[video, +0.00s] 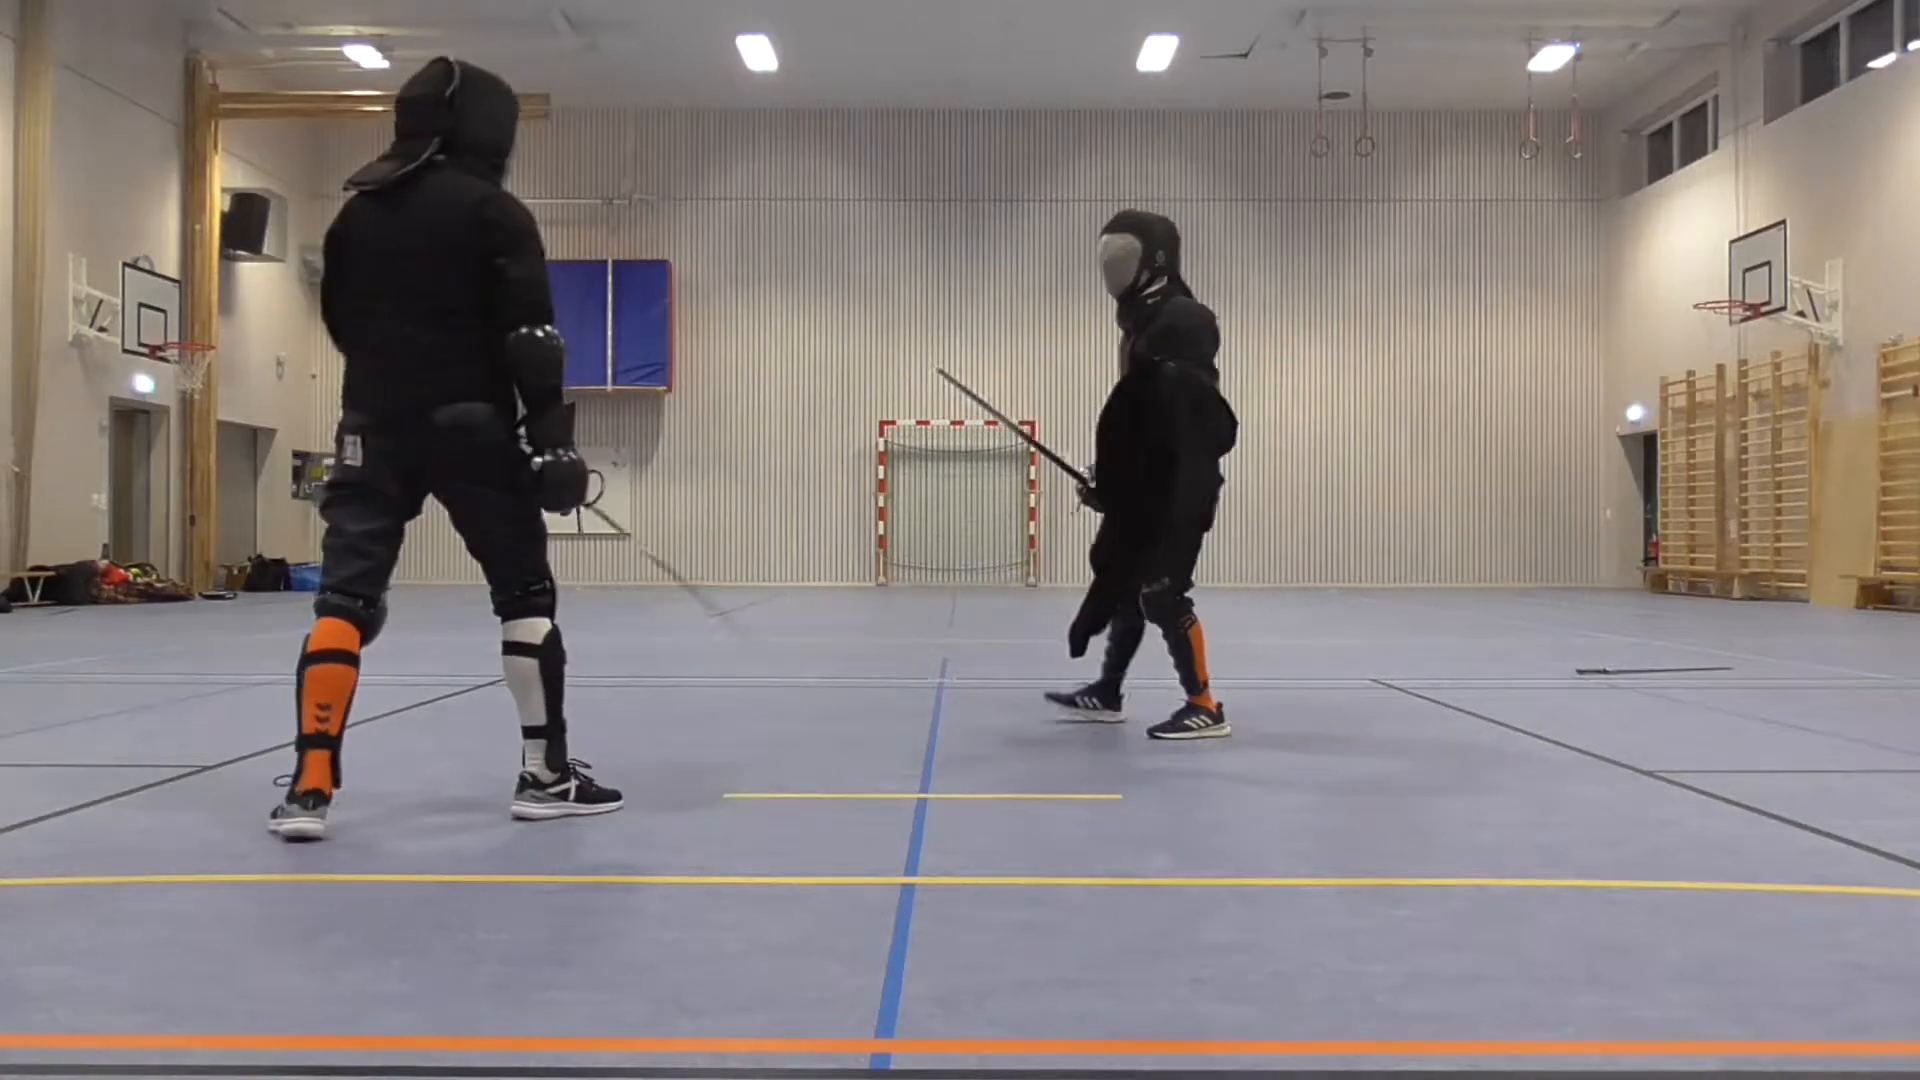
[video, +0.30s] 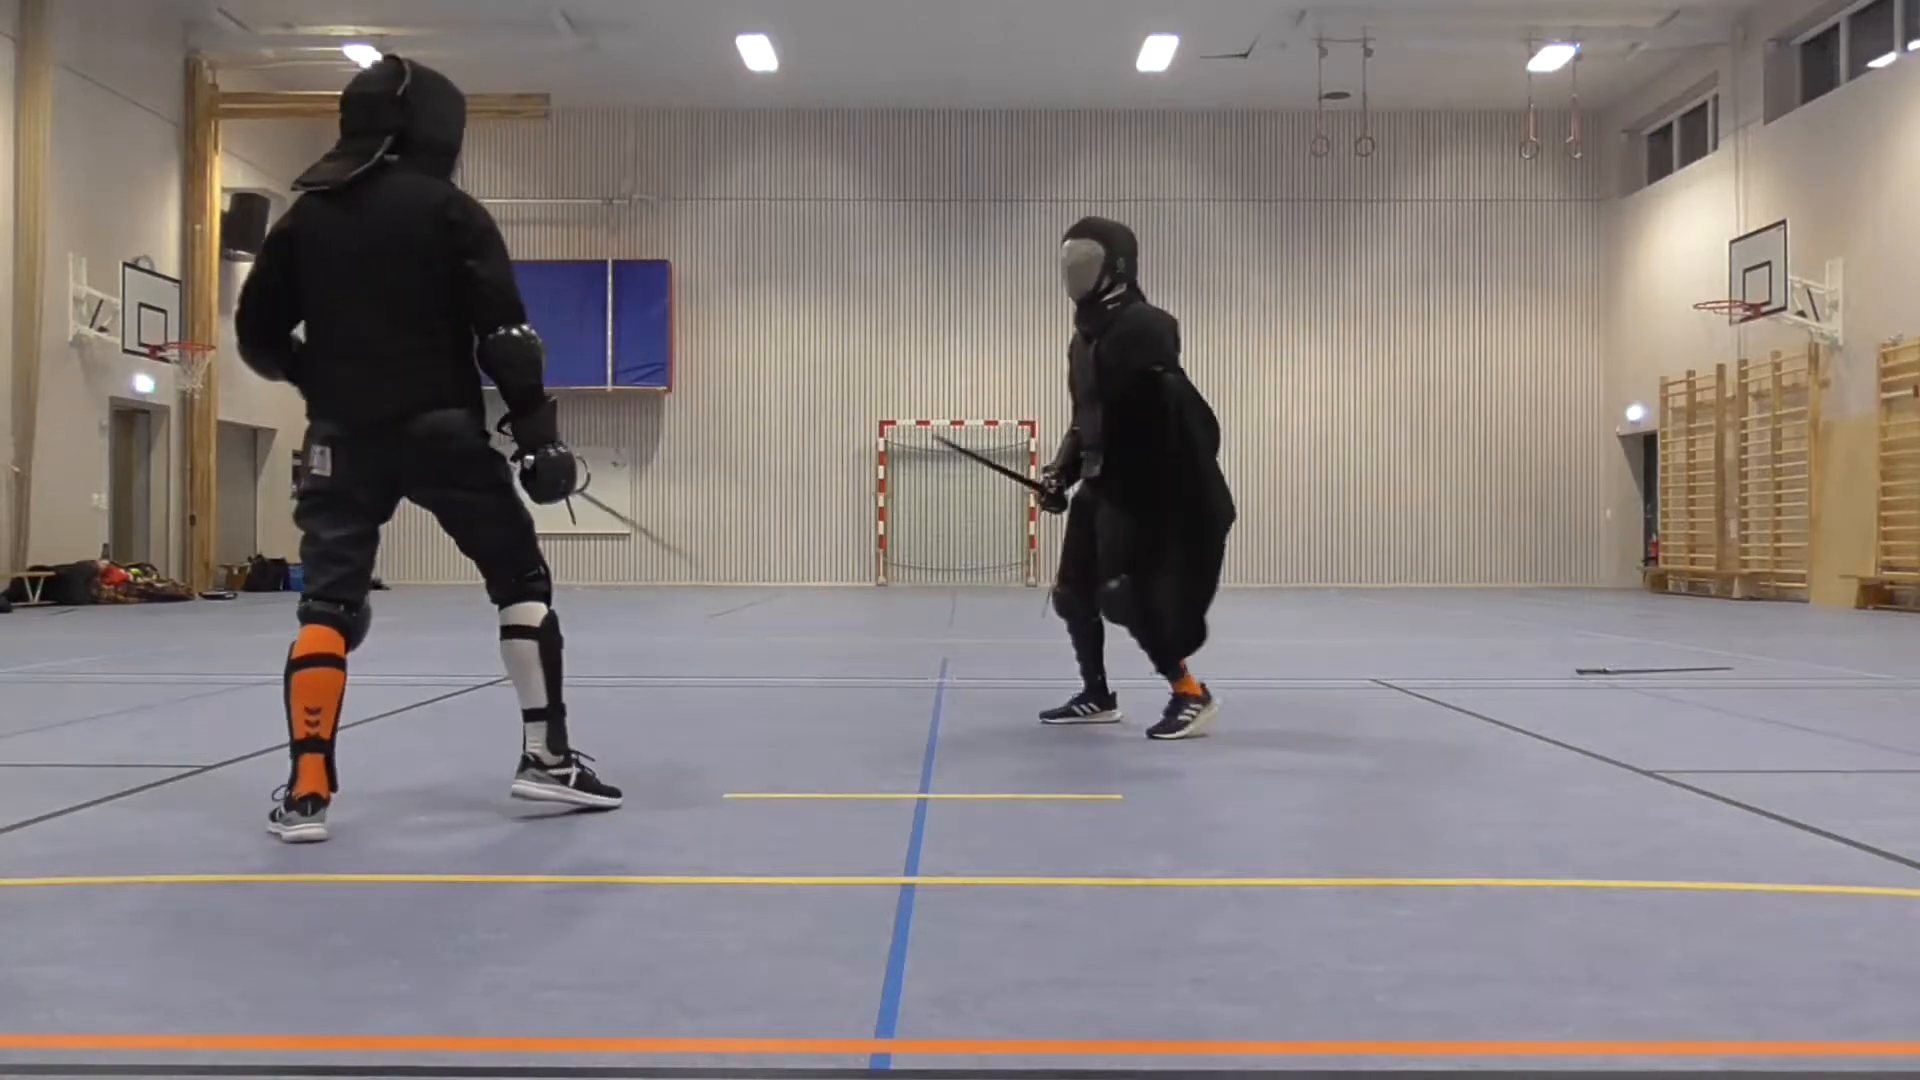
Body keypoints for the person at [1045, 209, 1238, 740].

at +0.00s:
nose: (1111, 271)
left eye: (1121, 258)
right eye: (1109, 259)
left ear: (1154, 260)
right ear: (1143, 262)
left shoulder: (1177, 326)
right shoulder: (1145, 318)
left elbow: (1184, 430)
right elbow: (1144, 423)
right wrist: (1110, 479)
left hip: (1179, 493)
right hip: (1147, 490)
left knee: (1166, 595)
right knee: (1130, 592)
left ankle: (1203, 705)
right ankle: (1106, 690)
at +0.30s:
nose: (1071, 273)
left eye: (1082, 262)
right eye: (1069, 262)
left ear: (1115, 264)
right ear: (1071, 266)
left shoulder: (1142, 329)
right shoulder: (1086, 336)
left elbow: (1155, 424)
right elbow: (1086, 419)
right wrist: (1059, 472)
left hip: (1141, 493)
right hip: (1099, 490)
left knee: (1127, 594)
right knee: (1076, 594)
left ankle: (1191, 694)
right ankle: (1097, 695)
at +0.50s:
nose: (1047, 277)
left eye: (1058, 266)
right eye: (1044, 267)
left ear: (1091, 269)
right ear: (1047, 270)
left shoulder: (1124, 330)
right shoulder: (1061, 340)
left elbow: (1141, 421)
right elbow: (1058, 425)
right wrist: (1032, 478)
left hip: (1121, 482)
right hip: (1080, 481)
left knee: (1081, 578)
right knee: (1058, 594)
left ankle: (1116, 697)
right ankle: (1094, 693)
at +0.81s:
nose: (1031, 278)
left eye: (1043, 267)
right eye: (1028, 267)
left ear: (1076, 270)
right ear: (1027, 271)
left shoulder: (1112, 333)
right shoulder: (1040, 342)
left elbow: (1140, 419)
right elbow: (1027, 420)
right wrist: (992, 465)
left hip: (1101, 486)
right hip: (1061, 484)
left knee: (1059, 590)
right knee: (1052, 594)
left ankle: (1074, 710)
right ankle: (1093, 694)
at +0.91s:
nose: (1031, 274)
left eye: (1043, 263)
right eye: (1026, 264)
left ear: (1074, 267)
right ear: (1020, 267)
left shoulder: (1114, 331)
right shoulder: (1028, 339)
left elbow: (1140, 419)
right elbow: (996, 413)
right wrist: (950, 447)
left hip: (1104, 485)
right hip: (1059, 484)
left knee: (1061, 589)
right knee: (1058, 590)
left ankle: (1074, 709)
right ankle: (1094, 693)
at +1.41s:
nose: (1042, 282)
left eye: (1054, 272)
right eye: (1037, 272)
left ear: (1082, 278)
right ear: (1031, 278)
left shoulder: (1117, 344)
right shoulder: (1030, 342)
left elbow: (1145, 428)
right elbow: (994, 393)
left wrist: (1132, 498)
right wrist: (981, 390)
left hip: (1097, 489)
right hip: (1048, 486)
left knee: (1042, 588)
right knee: (1048, 589)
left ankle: (1066, 709)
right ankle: (1115, 652)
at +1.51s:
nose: (1060, 278)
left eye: (1072, 267)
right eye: (1054, 268)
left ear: (1100, 272)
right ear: (1047, 273)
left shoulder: (1135, 339)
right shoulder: (1043, 336)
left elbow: (1158, 424)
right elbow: (992, 386)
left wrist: (1128, 484)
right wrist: (973, 360)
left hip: (1108, 486)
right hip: (1057, 482)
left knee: (1061, 584)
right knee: (1046, 597)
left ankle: (1069, 709)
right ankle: (1096, 651)